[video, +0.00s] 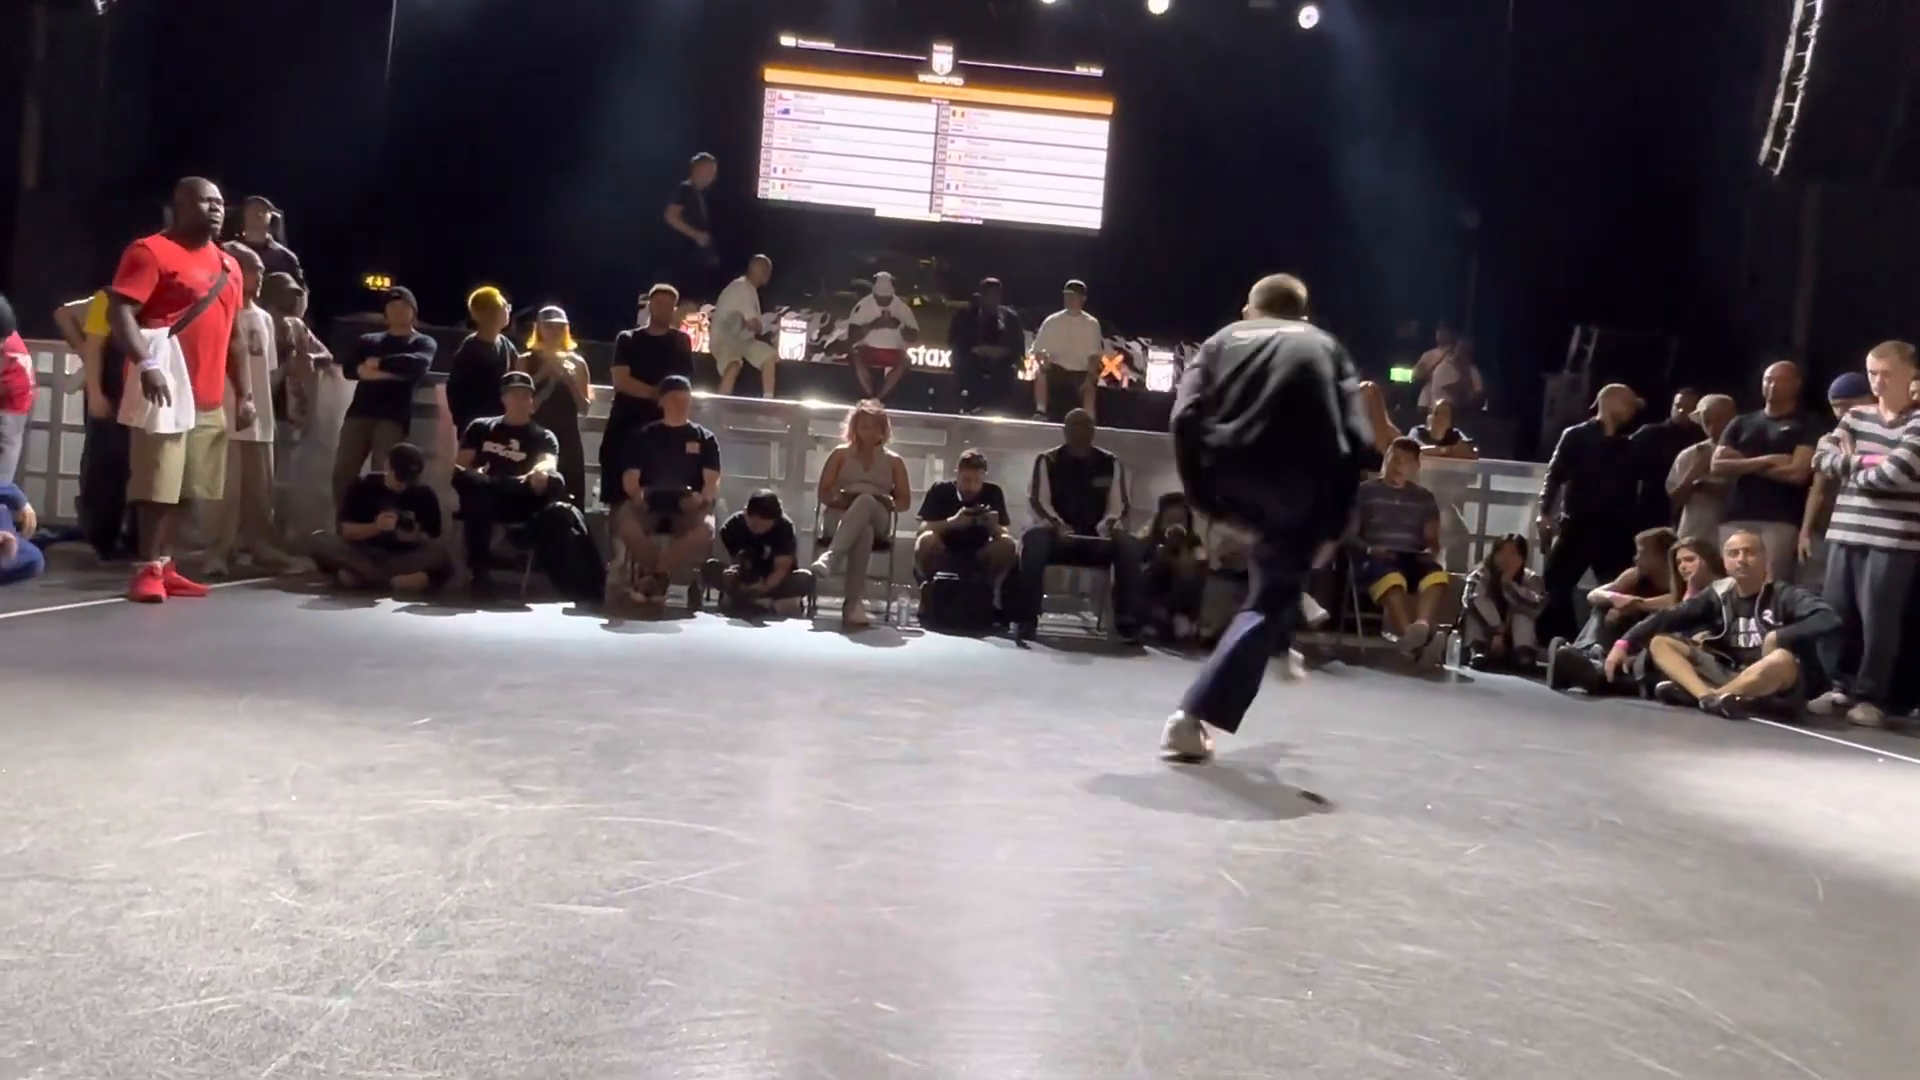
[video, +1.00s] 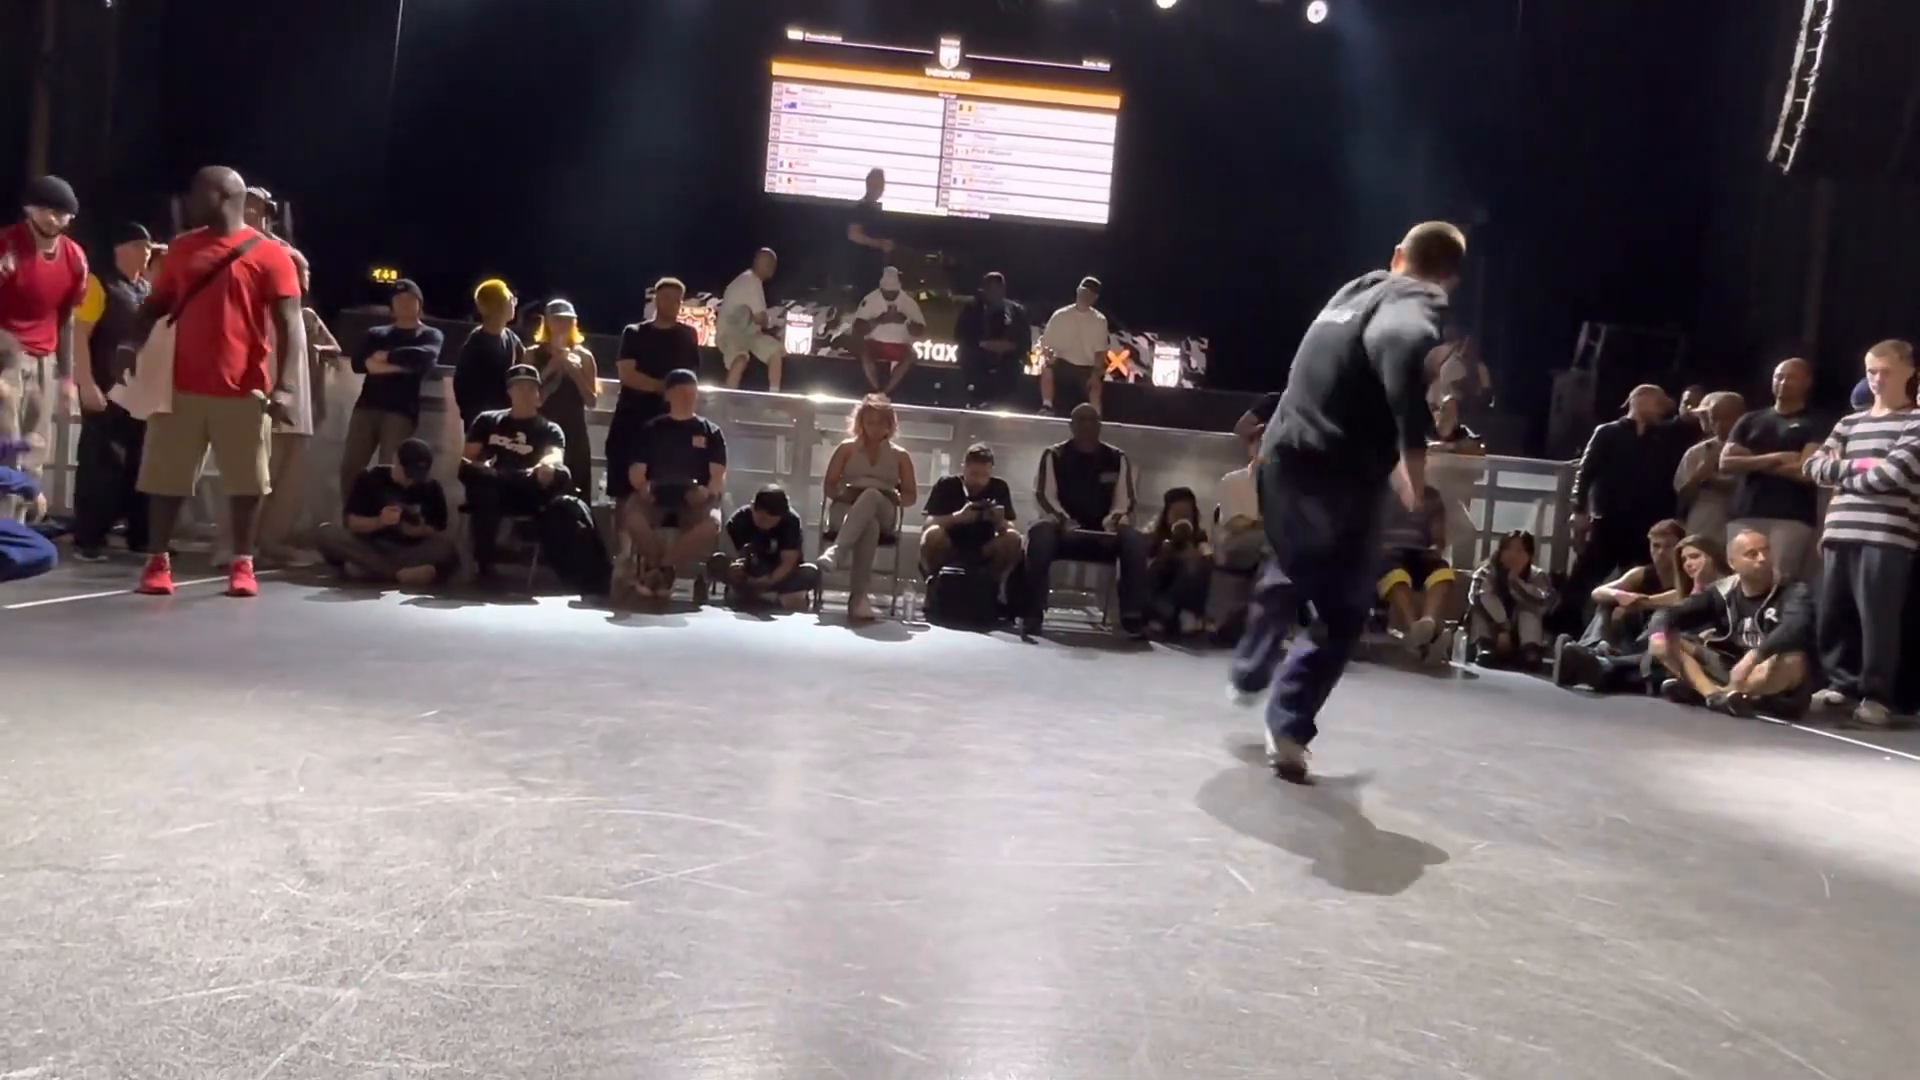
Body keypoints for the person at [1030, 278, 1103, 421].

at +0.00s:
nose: (1070, 299)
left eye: (1074, 295)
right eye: (1068, 295)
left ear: (1083, 298)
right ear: (1064, 297)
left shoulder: (1092, 324)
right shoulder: (1052, 321)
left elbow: (1095, 355)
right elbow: (1038, 348)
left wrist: (1090, 379)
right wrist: (1043, 361)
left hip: (1081, 370)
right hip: (1057, 368)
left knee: (1090, 384)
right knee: (1041, 373)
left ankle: (1089, 420)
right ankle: (1040, 411)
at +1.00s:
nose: (1086, 294)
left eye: (1090, 291)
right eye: (1083, 289)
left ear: (1095, 297)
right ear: (1077, 291)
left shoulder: (1099, 320)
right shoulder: (1061, 315)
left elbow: (1100, 352)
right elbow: (1045, 341)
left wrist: (1096, 375)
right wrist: (1048, 355)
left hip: (1087, 365)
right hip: (1062, 361)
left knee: (1096, 381)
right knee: (1047, 370)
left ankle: (1095, 416)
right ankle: (1047, 406)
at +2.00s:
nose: (1083, 296)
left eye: (1086, 292)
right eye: (1079, 291)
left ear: (1091, 295)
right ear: (1072, 293)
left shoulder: (1097, 321)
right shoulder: (1058, 317)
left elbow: (1099, 352)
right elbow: (1045, 345)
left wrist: (1095, 375)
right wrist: (1046, 359)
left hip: (1086, 366)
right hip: (1061, 363)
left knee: (1094, 382)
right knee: (1045, 371)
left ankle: (1094, 418)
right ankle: (1045, 407)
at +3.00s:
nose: (1087, 299)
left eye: (1090, 296)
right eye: (1083, 295)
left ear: (1093, 298)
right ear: (1075, 296)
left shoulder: (1099, 322)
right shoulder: (1059, 318)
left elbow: (1101, 354)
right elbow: (1046, 345)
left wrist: (1096, 375)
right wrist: (1048, 358)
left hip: (1088, 366)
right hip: (1063, 364)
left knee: (1096, 382)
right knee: (1047, 371)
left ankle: (1095, 416)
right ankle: (1046, 408)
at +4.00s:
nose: (1073, 302)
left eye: (1076, 298)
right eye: (1069, 297)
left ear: (1080, 301)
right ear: (1061, 300)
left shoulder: (1086, 326)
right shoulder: (1046, 323)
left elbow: (1088, 358)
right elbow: (1034, 350)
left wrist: (1083, 382)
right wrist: (1035, 364)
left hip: (1075, 371)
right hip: (1051, 368)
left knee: (1083, 385)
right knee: (1034, 376)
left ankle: (1084, 419)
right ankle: (1035, 412)